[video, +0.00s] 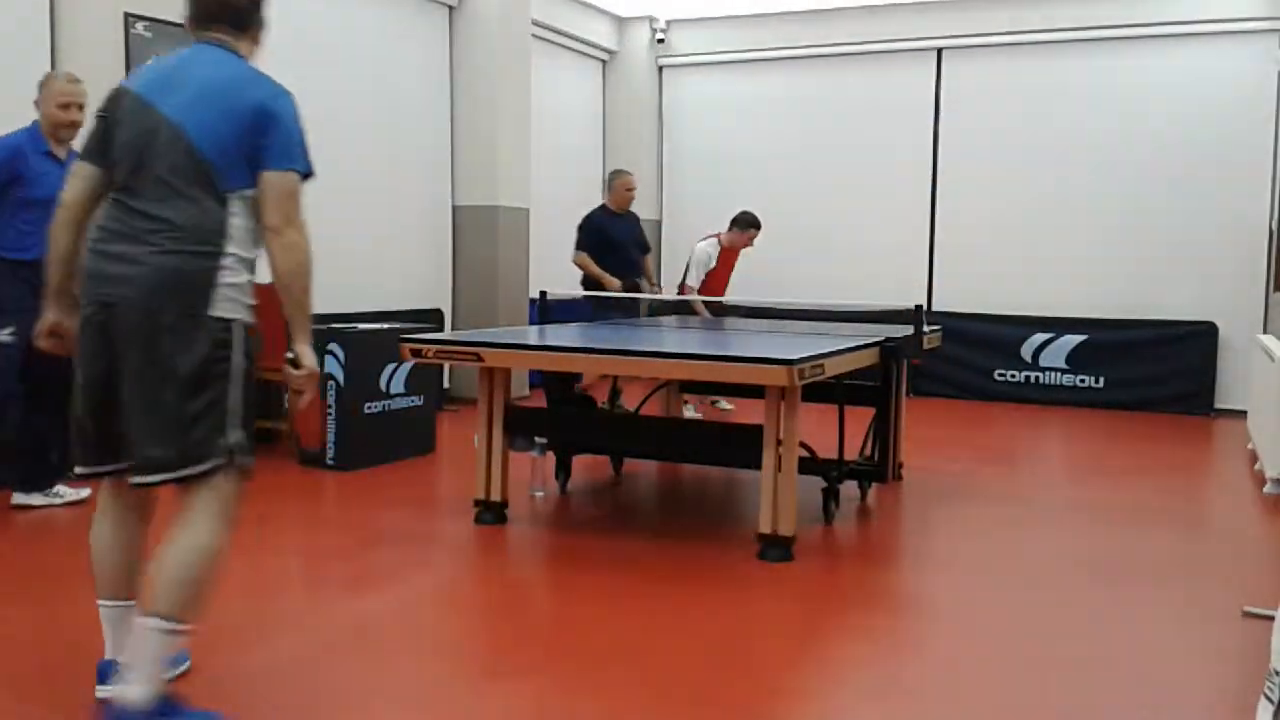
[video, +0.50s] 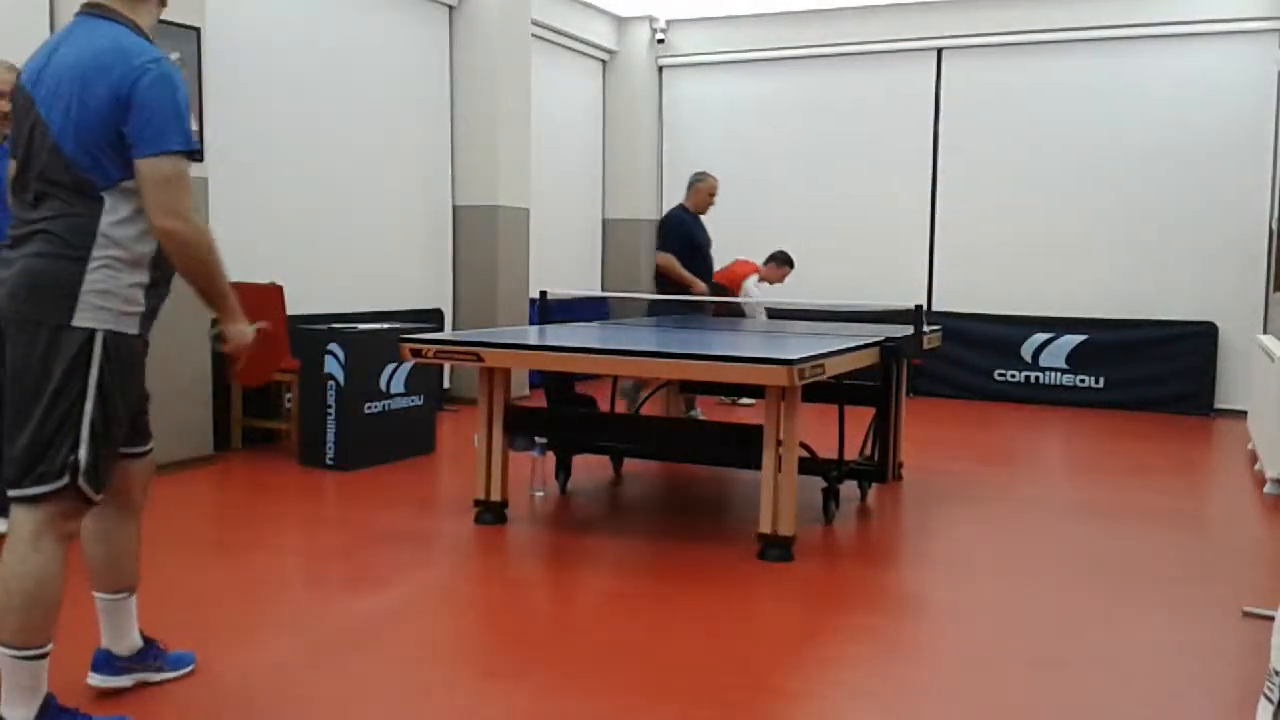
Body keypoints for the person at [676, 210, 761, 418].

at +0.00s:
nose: (750, 243)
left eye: (753, 239)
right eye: (750, 238)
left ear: (741, 232)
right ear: (736, 230)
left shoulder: (735, 250)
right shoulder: (706, 249)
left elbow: (720, 280)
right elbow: (689, 290)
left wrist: (721, 303)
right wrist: (709, 318)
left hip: (715, 304)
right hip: (693, 304)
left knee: (718, 350)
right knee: (691, 351)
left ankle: (713, 394)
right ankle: (685, 399)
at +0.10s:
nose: (755, 244)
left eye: (757, 240)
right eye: (754, 239)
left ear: (741, 232)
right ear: (741, 231)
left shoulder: (734, 248)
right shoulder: (708, 248)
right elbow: (693, 288)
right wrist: (712, 318)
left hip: (713, 301)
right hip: (688, 302)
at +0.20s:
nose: (761, 248)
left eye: (763, 243)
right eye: (760, 242)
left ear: (747, 234)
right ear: (748, 234)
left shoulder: (735, 249)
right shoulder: (718, 250)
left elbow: (718, 285)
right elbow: (703, 289)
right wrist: (720, 319)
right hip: (692, 297)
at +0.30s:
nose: (768, 256)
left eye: (771, 252)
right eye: (769, 251)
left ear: (757, 242)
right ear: (757, 243)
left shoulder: (738, 254)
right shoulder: (732, 256)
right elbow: (720, 296)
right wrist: (739, 323)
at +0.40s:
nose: (777, 269)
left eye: (779, 264)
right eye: (778, 263)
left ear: (767, 253)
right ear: (769, 254)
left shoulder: (747, 264)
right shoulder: (741, 264)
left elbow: (740, 297)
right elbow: (740, 299)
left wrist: (748, 318)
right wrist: (752, 321)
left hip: (716, 299)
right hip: (703, 297)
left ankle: (732, 391)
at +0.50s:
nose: (782, 281)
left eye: (785, 276)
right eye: (783, 275)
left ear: (771, 265)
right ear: (774, 266)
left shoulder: (744, 265)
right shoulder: (749, 280)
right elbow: (757, 314)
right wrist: (767, 331)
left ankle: (730, 390)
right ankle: (733, 391)